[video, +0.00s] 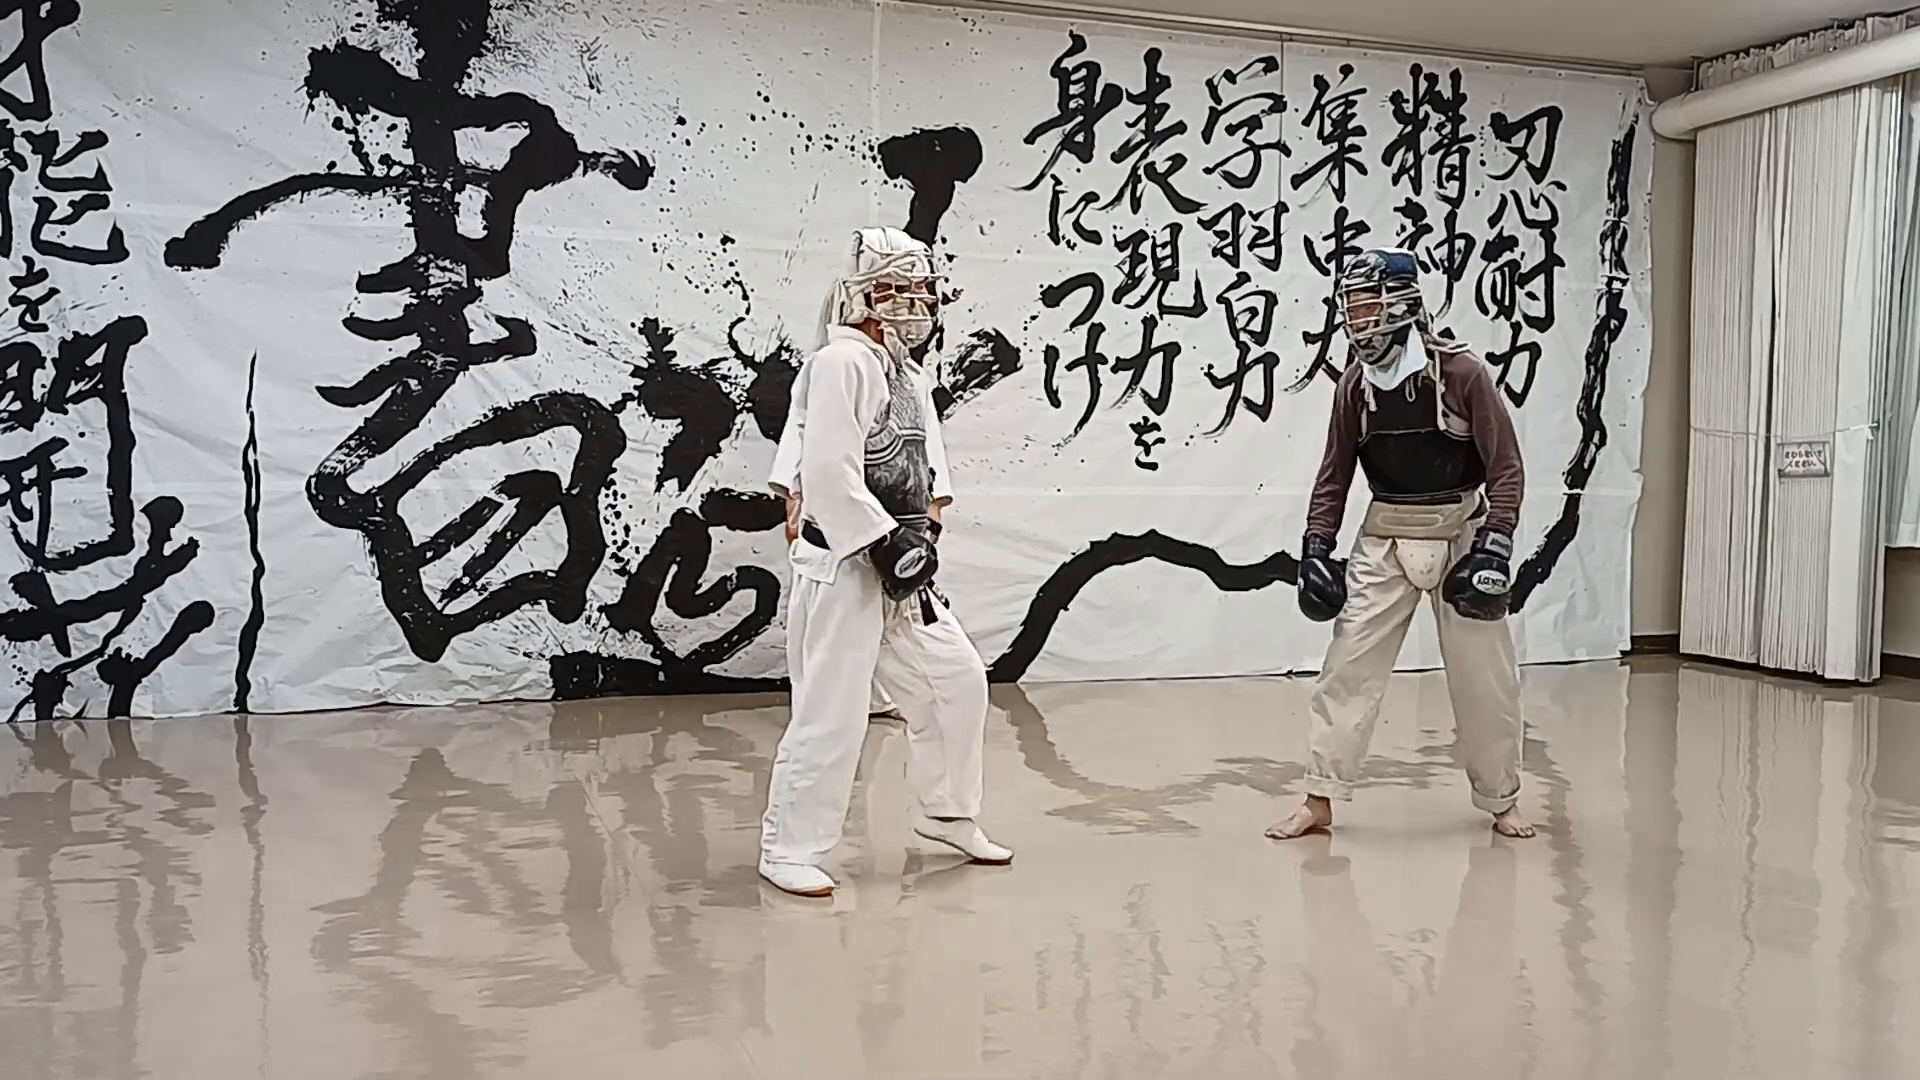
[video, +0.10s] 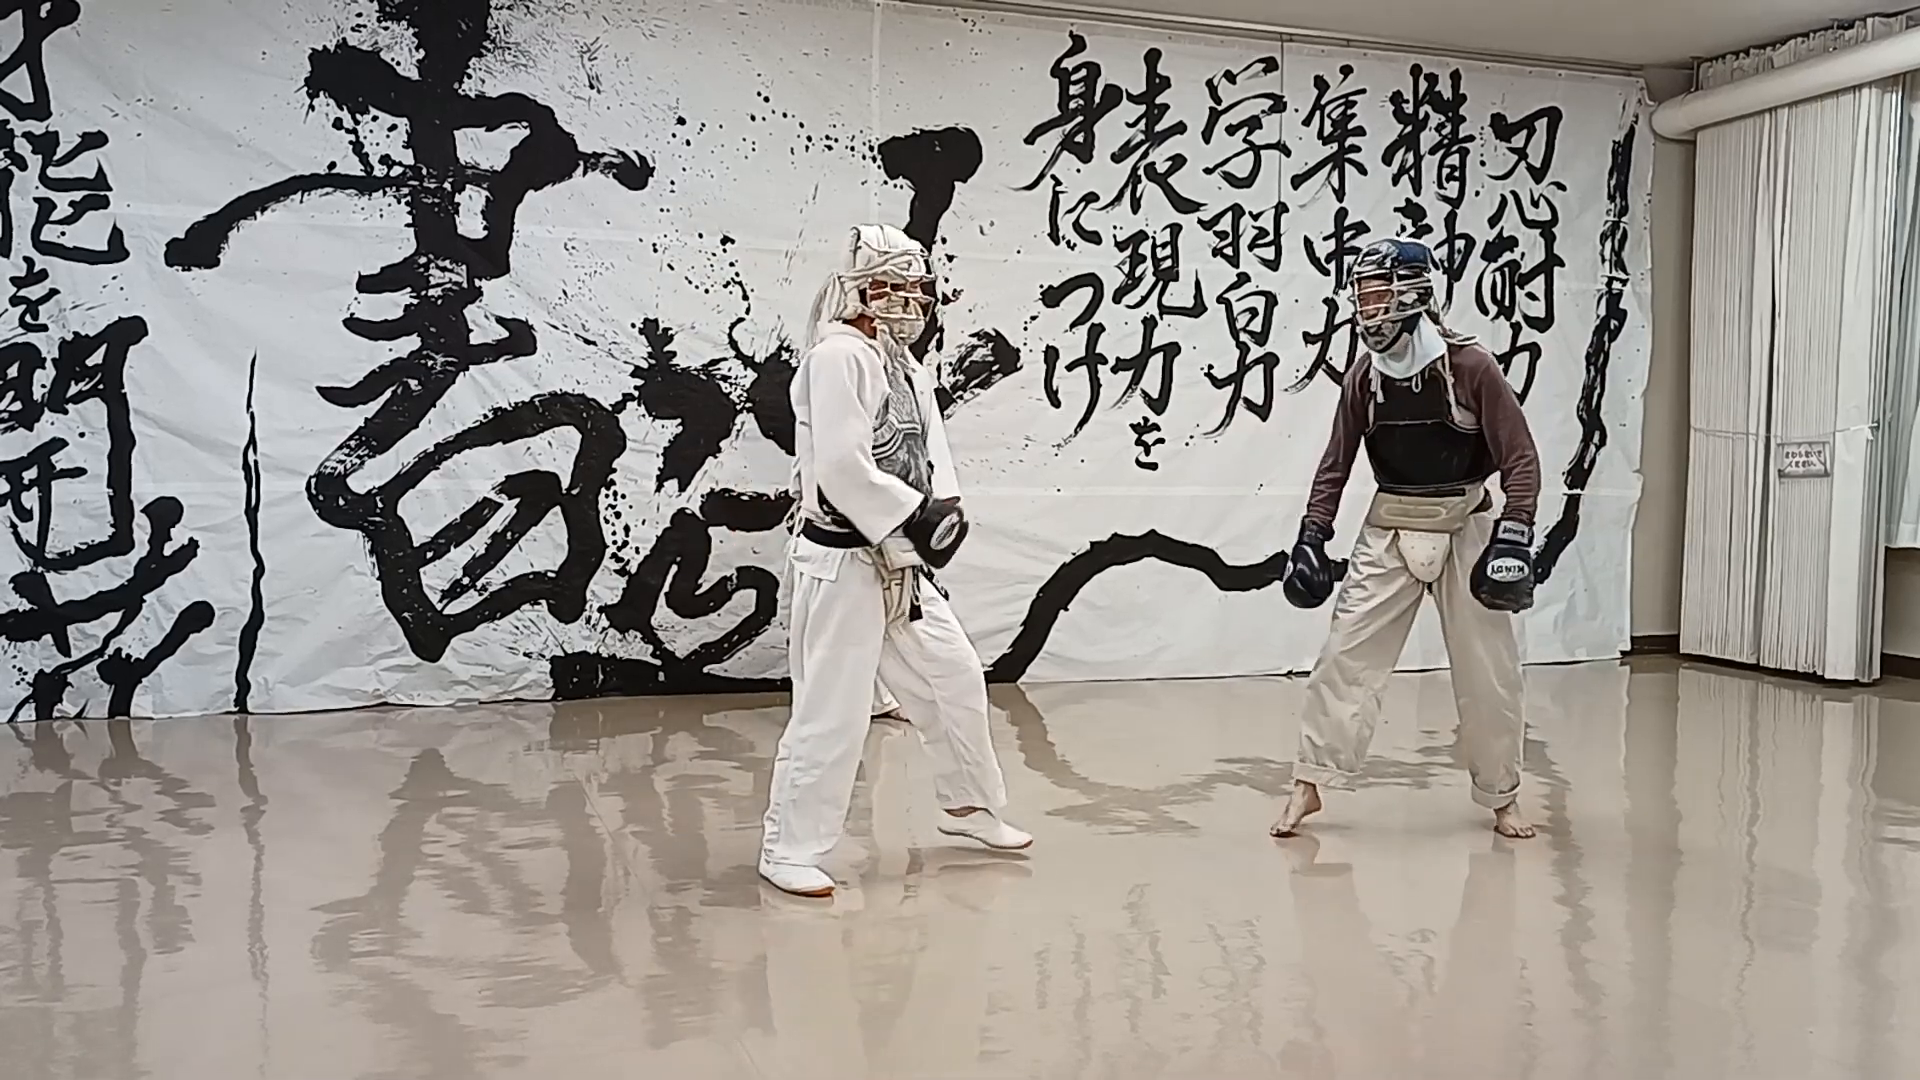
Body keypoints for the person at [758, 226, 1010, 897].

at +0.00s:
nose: (918, 304)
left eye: (922, 292)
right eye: (903, 291)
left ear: (926, 296)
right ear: (868, 295)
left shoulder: (907, 373)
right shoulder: (842, 360)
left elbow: (929, 460)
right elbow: (828, 472)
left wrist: (926, 527)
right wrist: (887, 544)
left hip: (894, 560)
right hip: (838, 563)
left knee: (958, 680)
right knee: (829, 711)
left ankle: (945, 822)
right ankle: (789, 853)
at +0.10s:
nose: (905, 305)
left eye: (914, 294)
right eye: (891, 293)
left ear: (924, 300)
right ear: (860, 296)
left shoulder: (912, 369)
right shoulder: (836, 355)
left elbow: (936, 452)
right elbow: (841, 465)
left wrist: (943, 509)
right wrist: (917, 519)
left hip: (895, 557)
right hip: (837, 560)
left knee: (956, 677)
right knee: (830, 714)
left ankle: (967, 808)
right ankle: (789, 853)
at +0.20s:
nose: (908, 308)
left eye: (916, 296)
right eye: (894, 295)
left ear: (923, 300)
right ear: (864, 296)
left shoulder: (905, 362)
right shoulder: (836, 357)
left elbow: (917, 451)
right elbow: (874, 447)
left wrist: (944, 509)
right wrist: (962, 442)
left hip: (897, 552)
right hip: (841, 559)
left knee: (938, 686)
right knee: (832, 715)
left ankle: (978, 807)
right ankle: (788, 853)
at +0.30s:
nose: (915, 314)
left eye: (923, 303)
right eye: (902, 301)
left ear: (932, 307)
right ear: (871, 301)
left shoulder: (905, 367)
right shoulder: (846, 362)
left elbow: (931, 445)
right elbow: (920, 422)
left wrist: (948, 493)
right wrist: (978, 374)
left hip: (901, 560)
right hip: (853, 563)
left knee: (932, 694)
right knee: (843, 715)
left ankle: (971, 814)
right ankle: (788, 853)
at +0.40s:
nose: (936, 317)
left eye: (942, 306)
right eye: (922, 304)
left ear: (948, 310)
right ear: (890, 305)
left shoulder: (919, 367)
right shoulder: (869, 363)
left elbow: (958, 432)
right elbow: (950, 409)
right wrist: (990, 348)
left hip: (918, 561)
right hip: (867, 565)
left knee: (945, 696)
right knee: (851, 716)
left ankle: (976, 819)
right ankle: (791, 852)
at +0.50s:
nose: (954, 313)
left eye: (961, 301)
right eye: (943, 300)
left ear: (965, 305)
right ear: (910, 299)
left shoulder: (937, 363)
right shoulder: (880, 360)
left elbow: (982, 422)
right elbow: (962, 408)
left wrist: (1009, 358)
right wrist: (1001, 347)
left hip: (934, 555)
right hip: (877, 556)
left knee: (959, 693)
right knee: (858, 707)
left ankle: (979, 818)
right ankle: (799, 847)